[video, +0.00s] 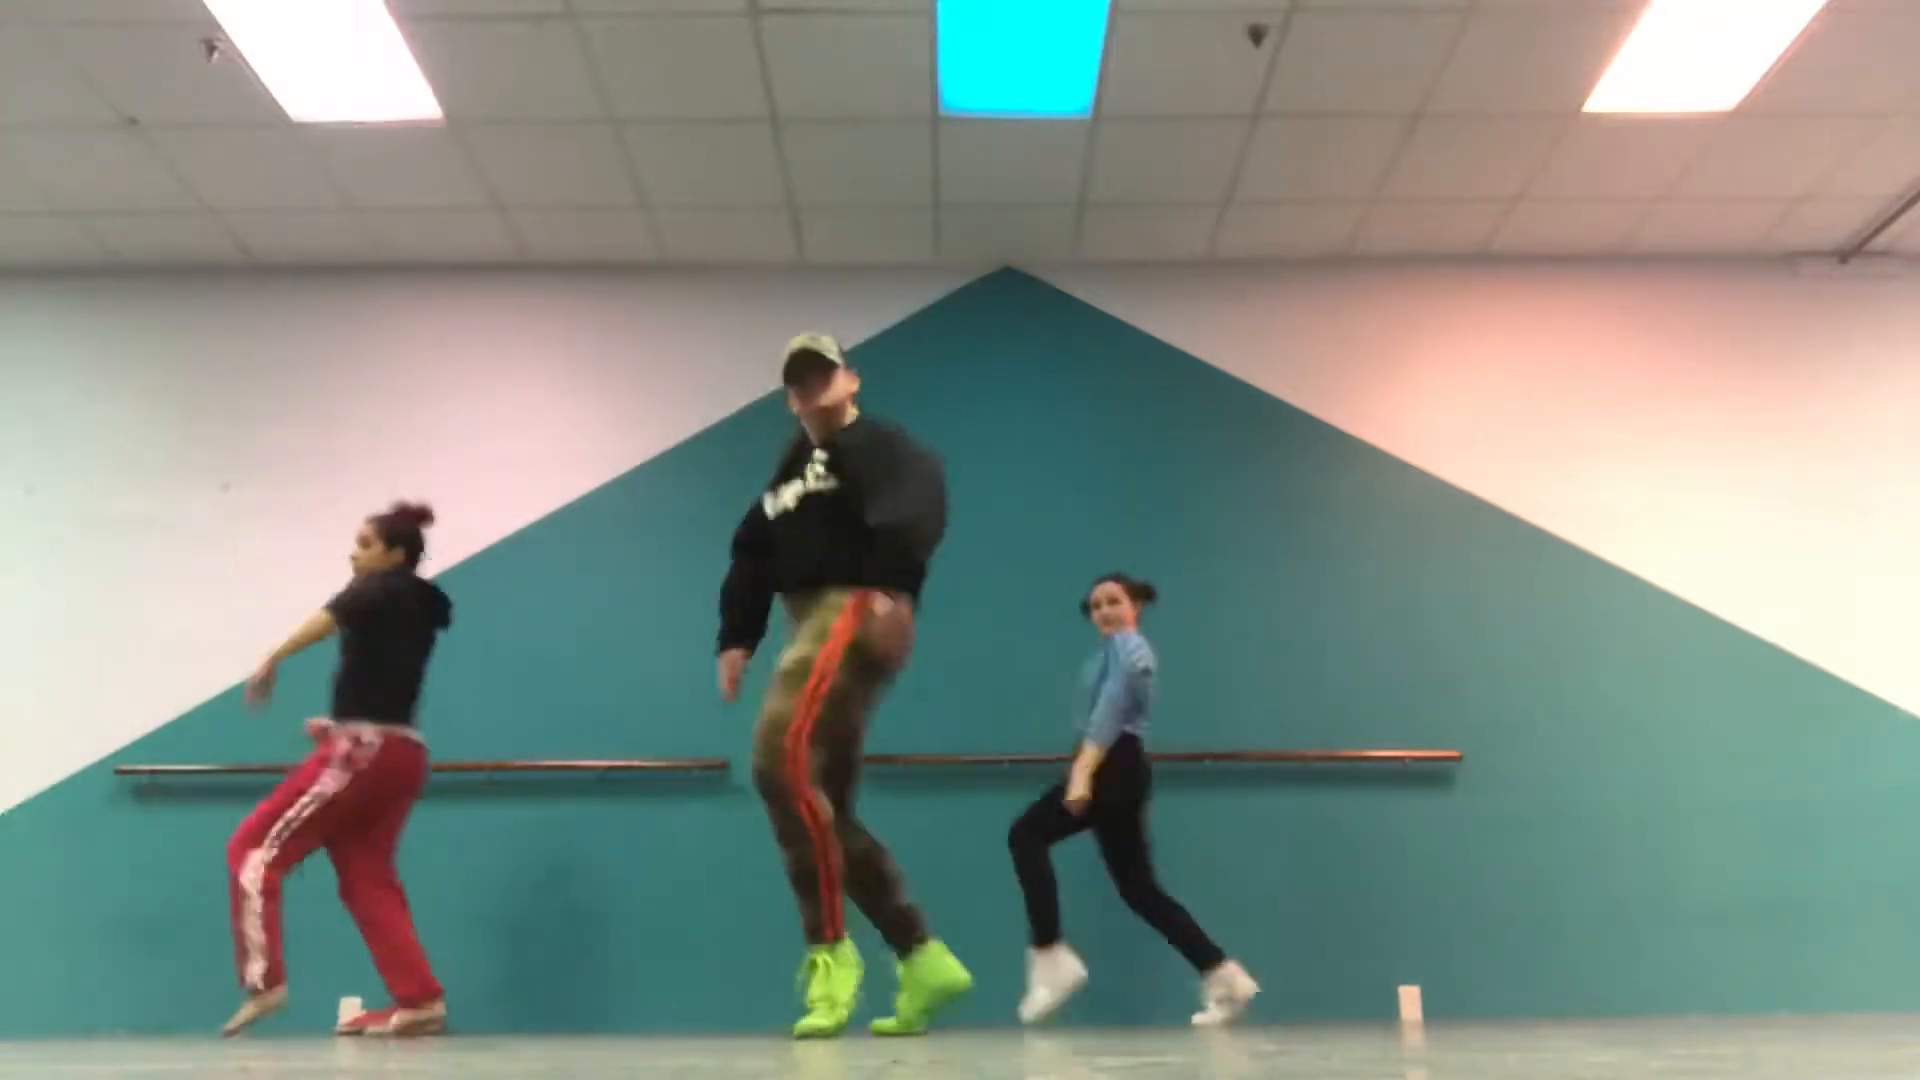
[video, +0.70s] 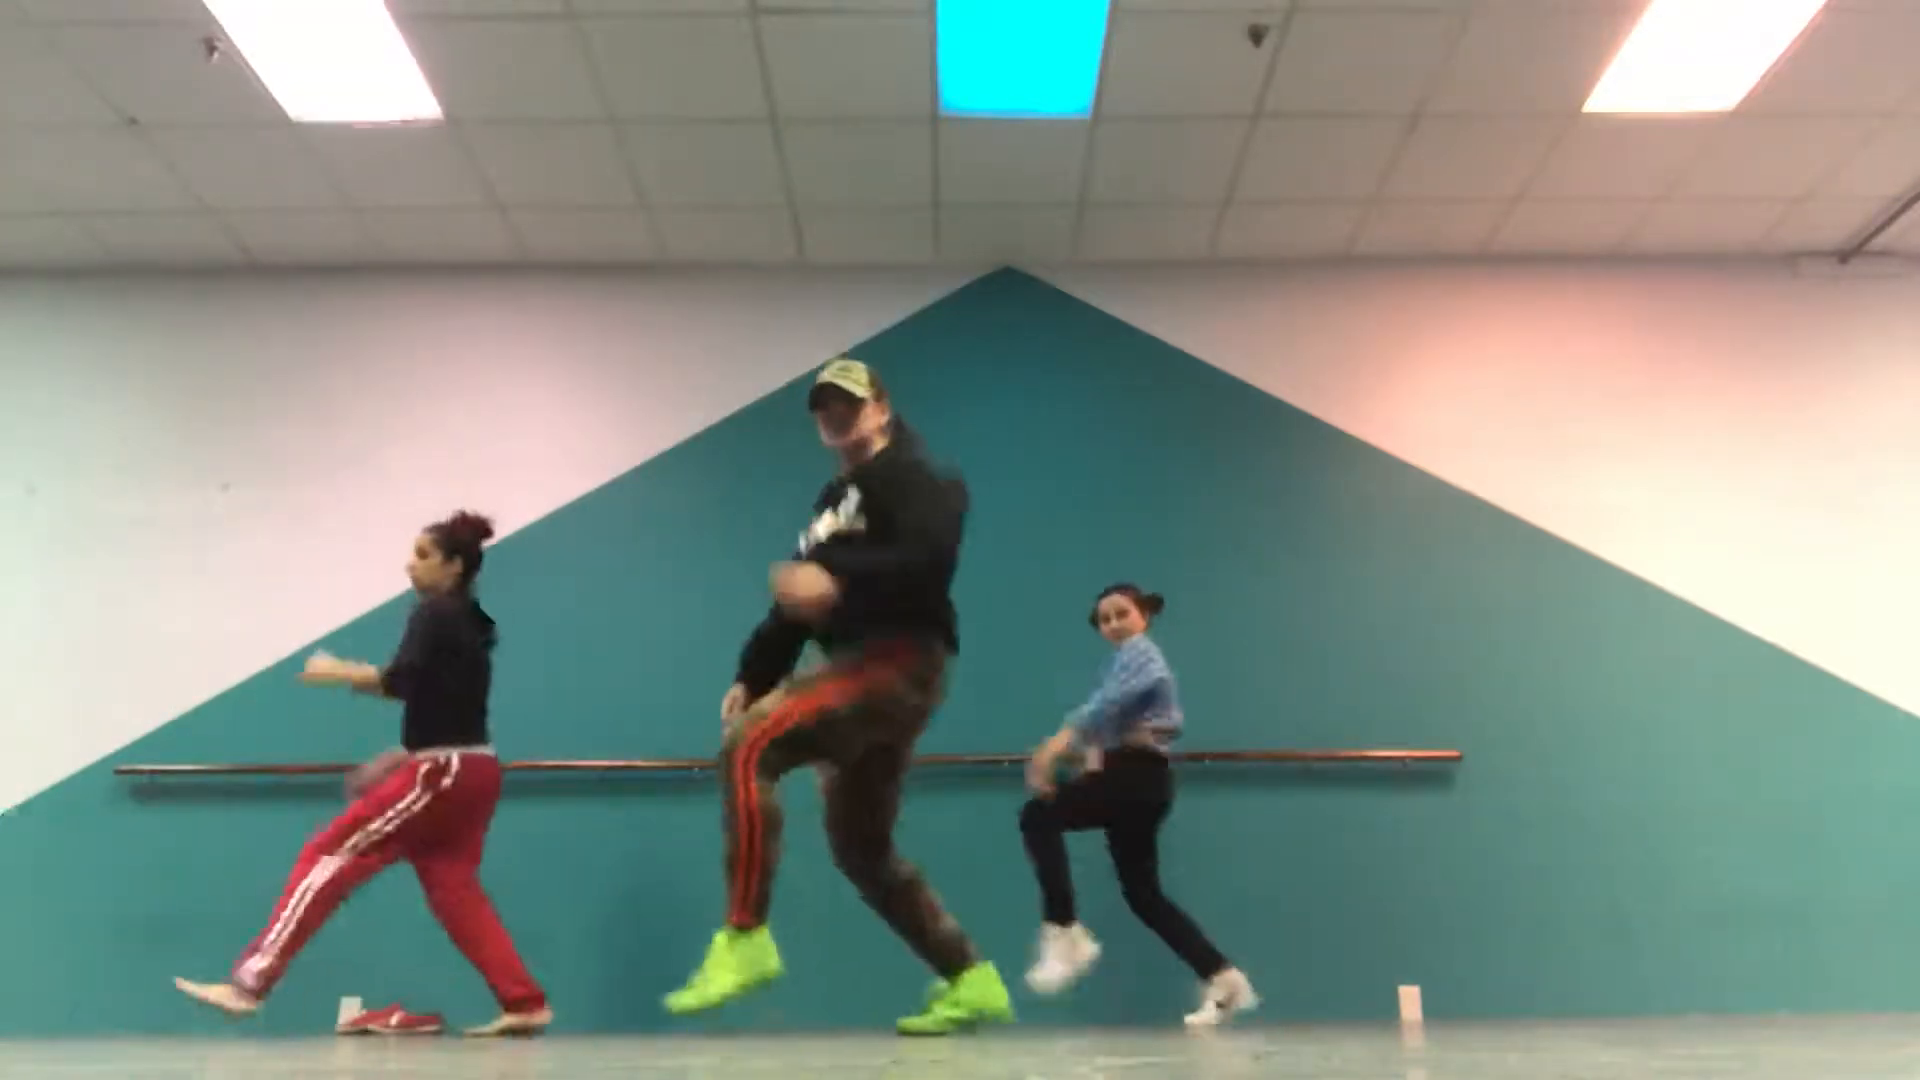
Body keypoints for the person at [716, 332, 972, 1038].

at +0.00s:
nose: (815, 392)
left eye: (825, 377)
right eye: (801, 384)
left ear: (851, 382)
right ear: (790, 399)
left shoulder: (880, 445)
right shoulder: (792, 468)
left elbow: (917, 500)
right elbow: (753, 548)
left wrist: (894, 583)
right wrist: (737, 634)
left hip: (859, 608)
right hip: (810, 616)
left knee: (780, 763)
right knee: (824, 807)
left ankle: (829, 954)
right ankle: (923, 959)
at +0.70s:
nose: (833, 419)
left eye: (847, 405)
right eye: (823, 410)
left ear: (881, 407)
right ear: (817, 422)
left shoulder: (924, 479)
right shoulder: (835, 500)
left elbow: (923, 562)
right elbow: (804, 598)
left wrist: (831, 573)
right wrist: (755, 679)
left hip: (903, 664)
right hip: (862, 667)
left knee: (751, 746)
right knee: (860, 846)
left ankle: (744, 937)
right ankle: (969, 976)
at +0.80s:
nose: (836, 416)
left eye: (849, 403)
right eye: (826, 407)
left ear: (880, 409)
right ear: (816, 419)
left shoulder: (910, 482)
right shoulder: (829, 504)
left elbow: (854, 550)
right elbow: (799, 606)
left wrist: (771, 510)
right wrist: (759, 695)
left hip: (916, 663)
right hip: (863, 669)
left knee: (769, 742)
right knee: (864, 852)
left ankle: (787, 929)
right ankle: (973, 982)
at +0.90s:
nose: (841, 390)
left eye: (854, 376)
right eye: (829, 379)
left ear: (883, 380)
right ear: (819, 390)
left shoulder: (896, 441)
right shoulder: (822, 463)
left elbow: (811, 474)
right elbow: (802, 573)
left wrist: (729, 440)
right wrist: (786, 671)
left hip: (892, 628)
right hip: (837, 636)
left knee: (804, 764)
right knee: (855, 820)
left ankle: (893, 930)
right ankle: (960, 965)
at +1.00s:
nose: (828, 375)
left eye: (842, 363)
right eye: (820, 365)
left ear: (874, 365)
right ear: (816, 370)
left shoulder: (877, 408)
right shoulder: (814, 420)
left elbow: (774, 422)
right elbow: (747, 432)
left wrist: (668, 418)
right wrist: (676, 420)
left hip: (869, 616)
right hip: (809, 626)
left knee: (852, 792)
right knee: (778, 806)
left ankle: (956, 956)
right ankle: (898, 929)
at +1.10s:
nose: (795, 383)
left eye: (808, 371)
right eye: (795, 372)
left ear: (841, 369)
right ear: (832, 371)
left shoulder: (849, 411)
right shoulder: (803, 427)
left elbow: (730, 428)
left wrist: (620, 456)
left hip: (858, 626)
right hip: (799, 644)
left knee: (834, 795)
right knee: (704, 786)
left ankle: (952, 954)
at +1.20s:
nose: (754, 408)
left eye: (764, 396)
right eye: (751, 398)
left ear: (798, 392)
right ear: (797, 394)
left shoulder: (824, 432)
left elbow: (705, 486)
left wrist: (638, 539)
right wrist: (722, 688)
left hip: (828, 636)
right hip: (767, 654)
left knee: (804, 817)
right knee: (667, 790)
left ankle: (946, 952)